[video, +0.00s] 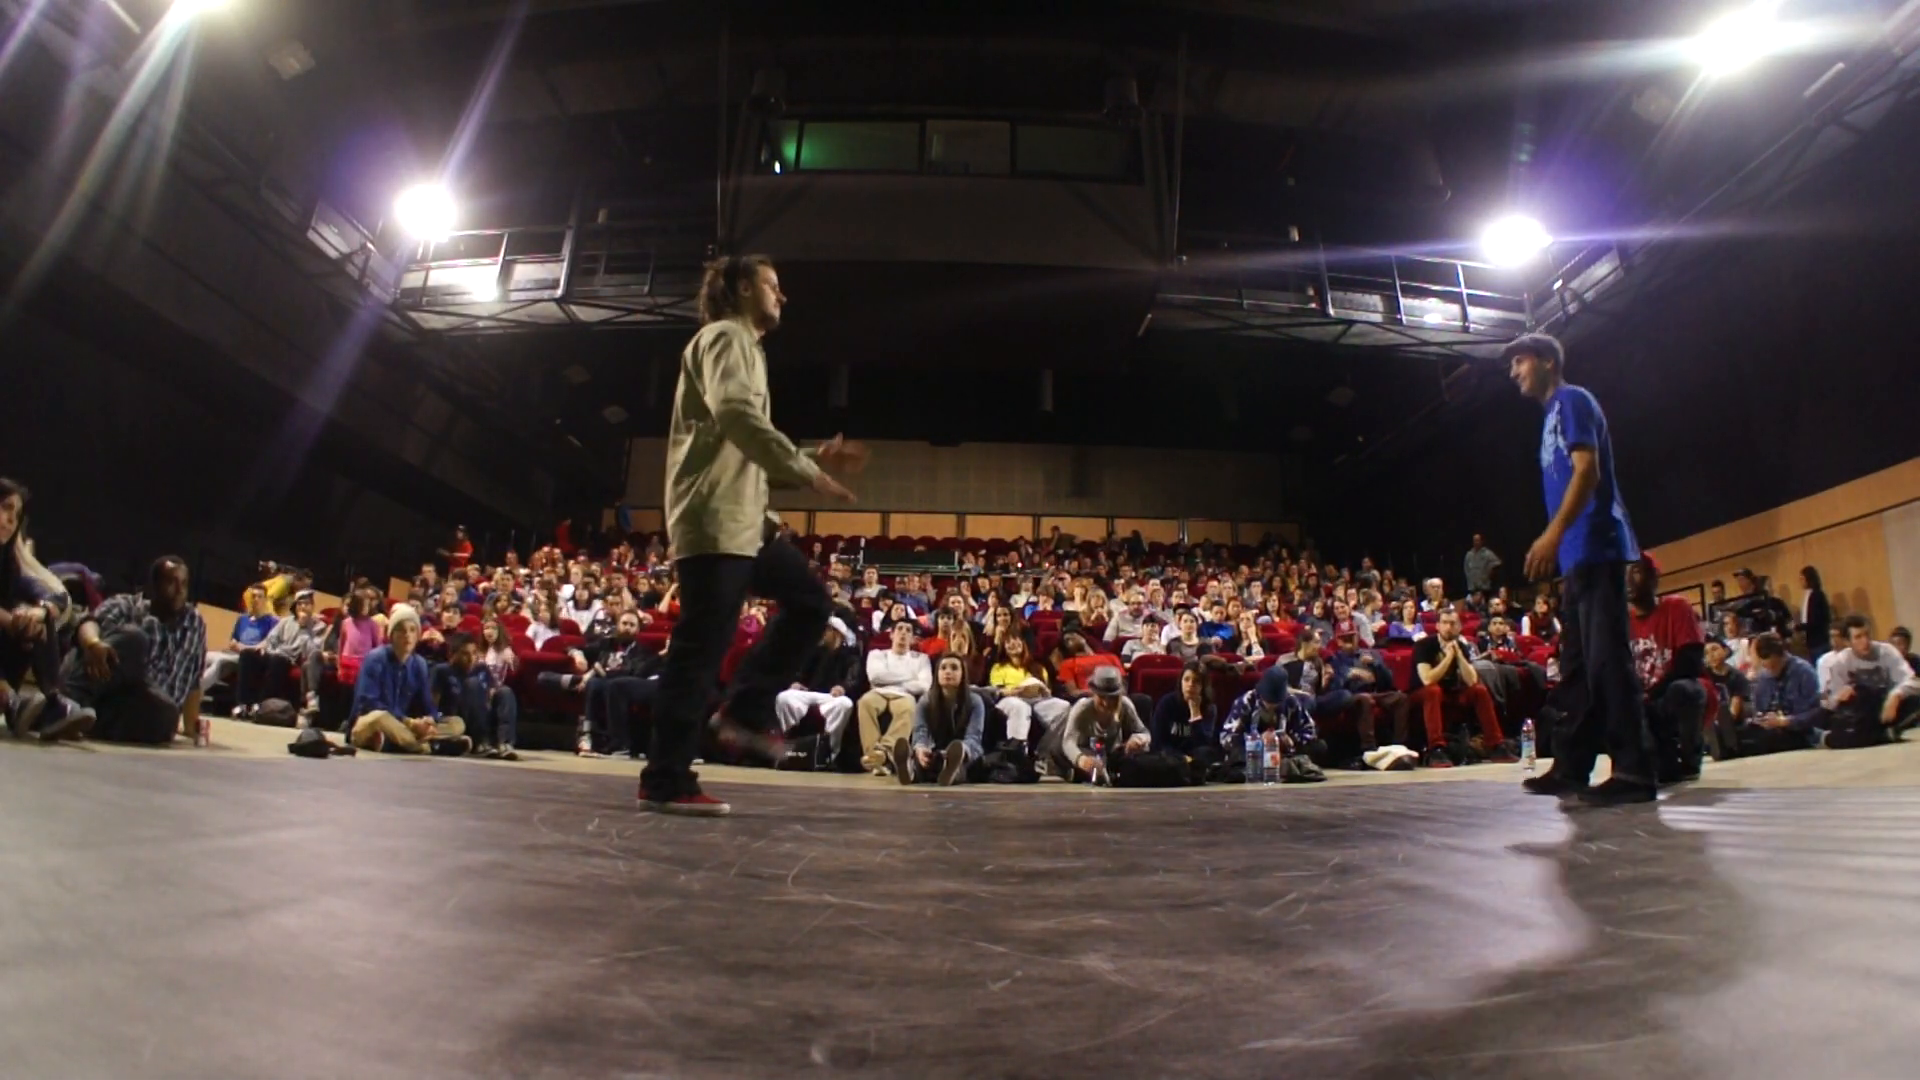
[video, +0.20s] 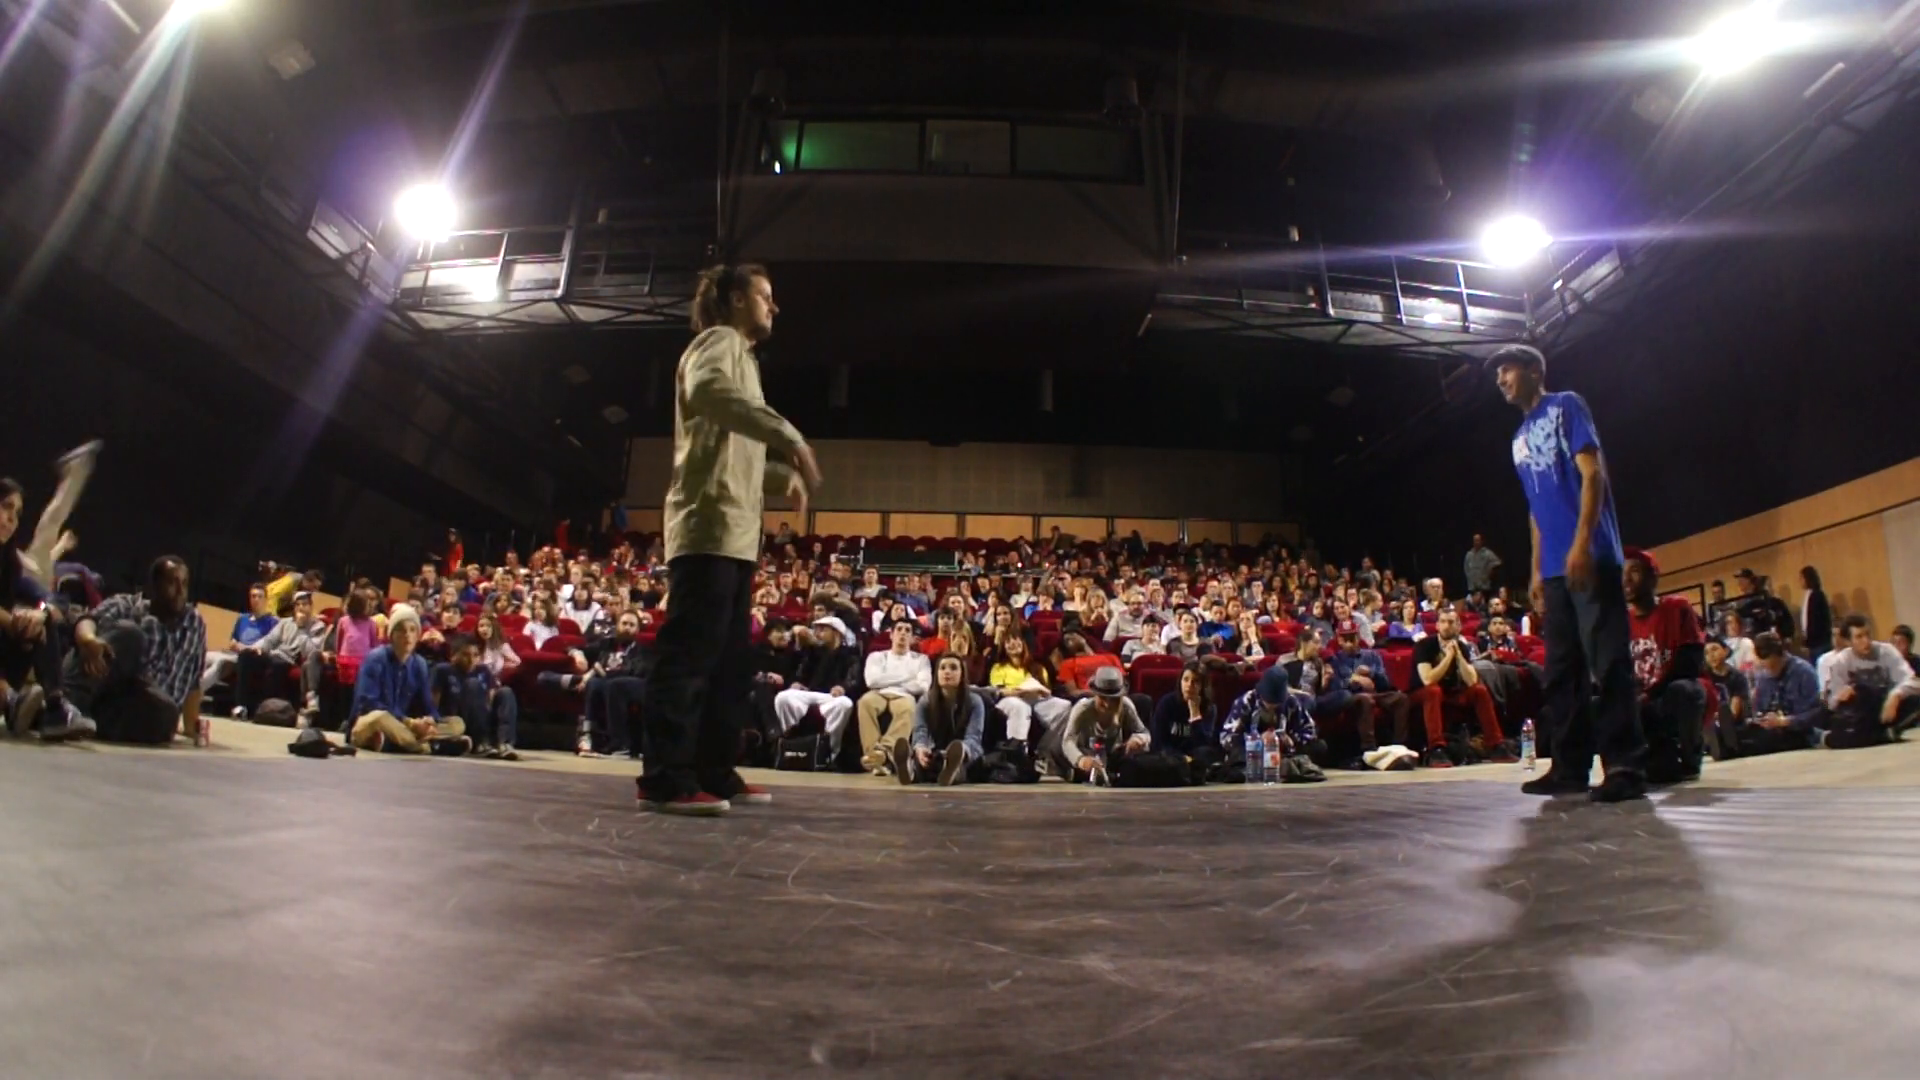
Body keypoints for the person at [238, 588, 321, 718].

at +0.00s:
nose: (303, 607)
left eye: (307, 604)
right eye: (300, 604)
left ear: (313, 606)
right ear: (296, 606)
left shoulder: (318, 627)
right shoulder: (286, 622)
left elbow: (309, 653)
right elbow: (271, 638)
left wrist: (304, 628)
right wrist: (265, 647)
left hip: (292, 659)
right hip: (272, 654)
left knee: (276, 660)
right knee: (247, 655)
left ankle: (261, 705)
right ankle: (242, 703)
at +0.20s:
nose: (301, 608)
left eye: (305, 604)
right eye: (298, 604)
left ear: (311, 606)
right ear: (294, 607)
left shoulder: (318, 627)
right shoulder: (285, 623)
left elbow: (310, 652)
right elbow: (270, 639)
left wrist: (301, 628)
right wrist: (259, 647)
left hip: (290, 660)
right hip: (270, 656)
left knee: (276, 666)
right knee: (246, 656)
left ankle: (270, 709)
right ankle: (241, 705)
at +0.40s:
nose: (300, 608)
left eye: (304, 604)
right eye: (297, 604)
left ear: (311, 607)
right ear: (294, 608)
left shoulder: (318, 628)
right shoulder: (286, 623)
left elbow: (310, 653)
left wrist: (301, 627)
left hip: (291, 660)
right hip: (272, 655)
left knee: (278, 666)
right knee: (246, 655)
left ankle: (270, 709)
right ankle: (241, 705)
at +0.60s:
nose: (300, 608)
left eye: (304, 605)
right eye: (297, 605)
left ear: (312, 609)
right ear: (294, 608)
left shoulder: (318, 628)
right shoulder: (285, 623)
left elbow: (309, 652)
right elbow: (271, 640)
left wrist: (301, 627)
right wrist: (262, 646)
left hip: (289, 659)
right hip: (271, 654)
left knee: (278, 668)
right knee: (248, 657)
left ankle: (270, 709)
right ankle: (239, 704)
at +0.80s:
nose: (300, 608)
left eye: (305, 605)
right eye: (298, 605)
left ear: (313, 608)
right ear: (294, 608)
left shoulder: (318, 627)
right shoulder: (285, 623)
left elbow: (309, 652)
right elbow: (271, 640)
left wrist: (301, 628)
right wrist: (264, 648)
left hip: (291, 659)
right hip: (273, 654)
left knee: (279, 666)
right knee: (250, 657)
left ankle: (272, 709)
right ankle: (240, 705)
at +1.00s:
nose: (300, 609)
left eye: (304, 605)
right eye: (298, 605)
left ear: (313, 608)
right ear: (294, 607)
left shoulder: (318, 628)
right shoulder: (285, 623)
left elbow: (309, 651)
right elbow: (271, 640)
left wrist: (301, 628)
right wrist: (264, 648)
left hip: (291, 660)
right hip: (273, 655)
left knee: (278, 666)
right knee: (250, 657)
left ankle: (269, 709)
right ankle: (238, 705)